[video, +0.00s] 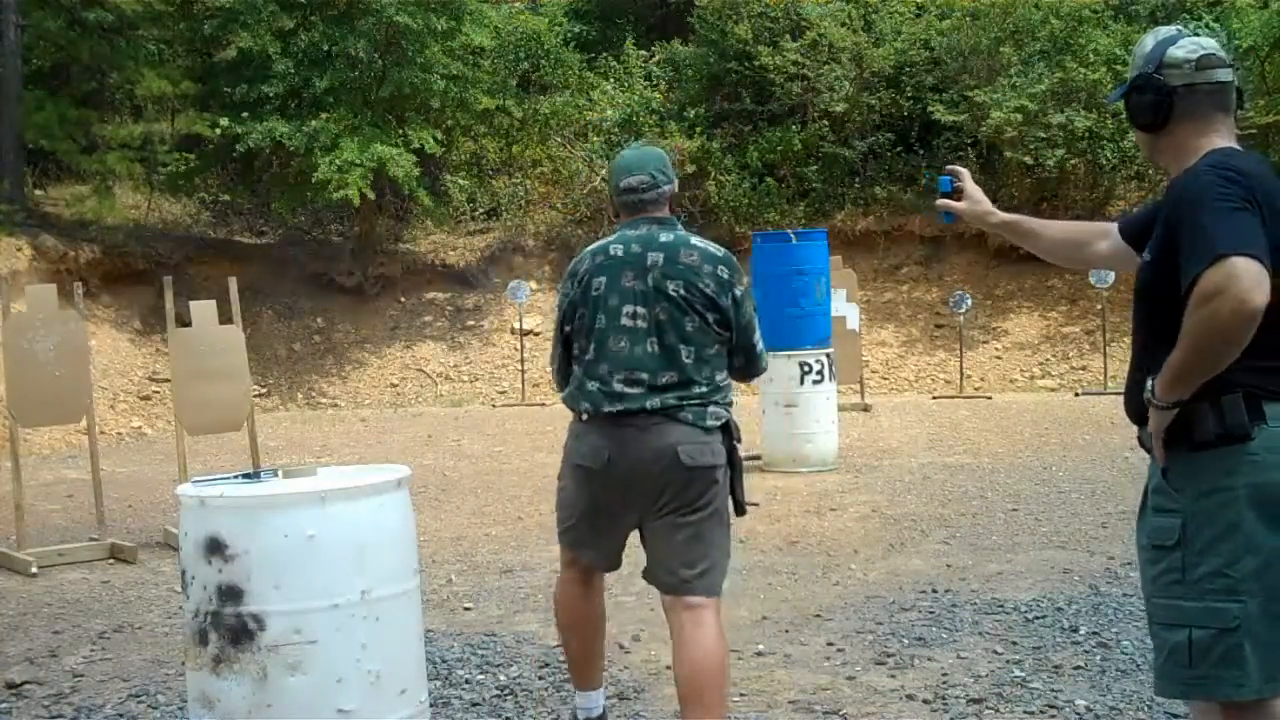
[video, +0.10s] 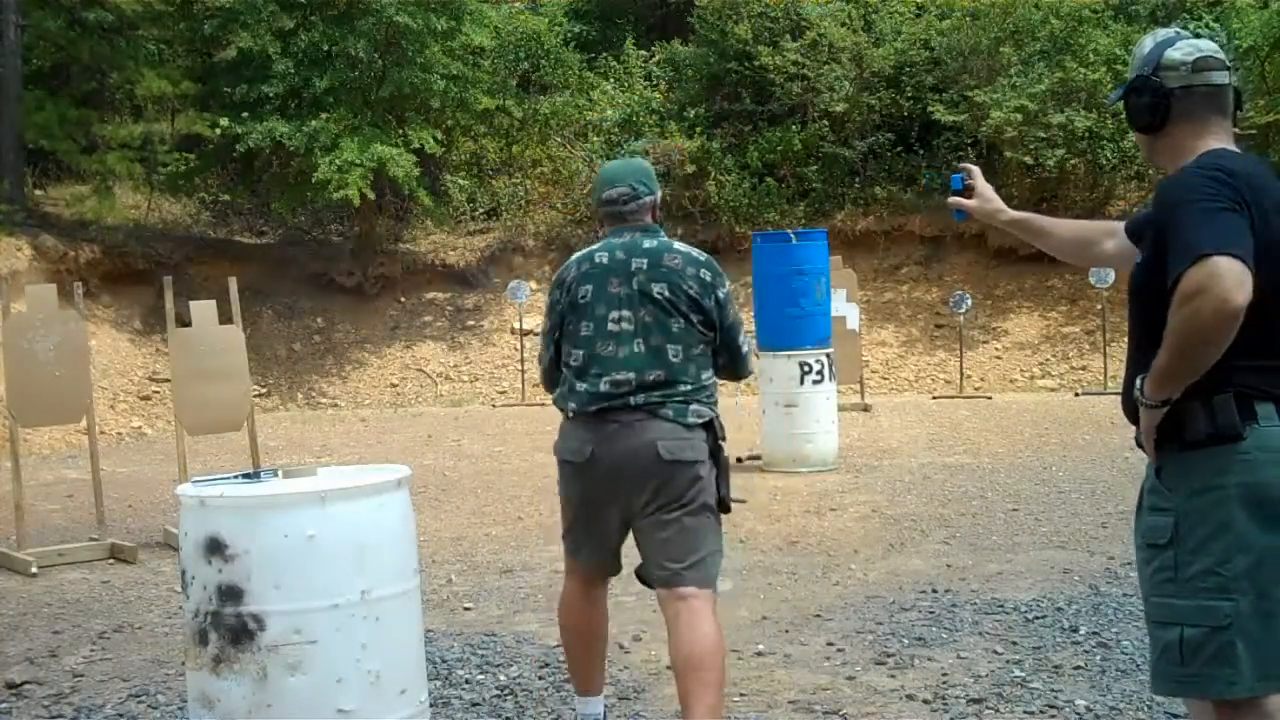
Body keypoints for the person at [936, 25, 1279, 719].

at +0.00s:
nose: (1136, 131)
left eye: (1136, 113)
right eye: (1135, 115)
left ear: (1154, 110)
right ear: (1225, 101)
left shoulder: (1210, 184)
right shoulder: (1242, 178)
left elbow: (1239, 292)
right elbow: (1106, 242)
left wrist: (1167, 394)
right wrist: (992, 217)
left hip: (1223, 457)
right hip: (1249, 446)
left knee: (1229, 693)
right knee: (1250, 686)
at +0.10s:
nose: (1134, 128)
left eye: (1133, 112)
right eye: (1133, 113)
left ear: (1148, 110)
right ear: (1224, 103)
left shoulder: (1201, 184)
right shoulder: (1250, 180)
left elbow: (1220, 290)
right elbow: (1112, 242)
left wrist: (1155, 392)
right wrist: (1001, 215)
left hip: (1221, 453)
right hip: (1257, 442)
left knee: (1231, 695)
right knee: (1251, 687)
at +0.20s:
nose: (1134, 130)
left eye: (1135, 115)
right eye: (1134, 116)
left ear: (1148, 116)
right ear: (1222, 106)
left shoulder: (1193, 187)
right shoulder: (1253, 187)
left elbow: (1206, 294)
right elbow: (1124, 242)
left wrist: (1143, 393)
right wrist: (1013, 214)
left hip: (1213, 448)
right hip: (1259, 436)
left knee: (1231, 691)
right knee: (1248, 682)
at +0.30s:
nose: (1134, 130)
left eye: (1137, 115)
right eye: (1135, 116)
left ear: (1148, 117)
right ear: (1224, 113)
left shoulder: (1184, 194)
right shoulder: (1252, 196)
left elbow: (1189, 294)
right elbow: (1127, 246)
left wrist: (1130, 392)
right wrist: (1023, 214)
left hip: (1203, 444)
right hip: (1261, 436)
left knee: (1219, 687)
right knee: (1240, 676)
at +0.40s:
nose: (1136, 140)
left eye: (1138, 125)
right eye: (1138, 127)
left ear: (1148, 122)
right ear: (1226, 122)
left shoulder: (1178, 198)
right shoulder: (1261, 205)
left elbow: (1173, 297)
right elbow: (1137, 244)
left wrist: (1108, 384)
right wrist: (1033, 216)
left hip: (1188, 449)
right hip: (1265, 445)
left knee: (1184, 684)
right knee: (1219, 671)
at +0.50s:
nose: (1137, 143)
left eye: (1140, 128)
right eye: (1140, 129)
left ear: (1147, 127)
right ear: (1225, 127)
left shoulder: (1168, 202)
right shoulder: (1262, 208)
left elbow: (1154, 301)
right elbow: (1144, 245)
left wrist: (1076, 385)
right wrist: (1045, 218)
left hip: (1181, 452)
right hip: (1268, 449)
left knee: (1125, 675)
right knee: (1221, 664)